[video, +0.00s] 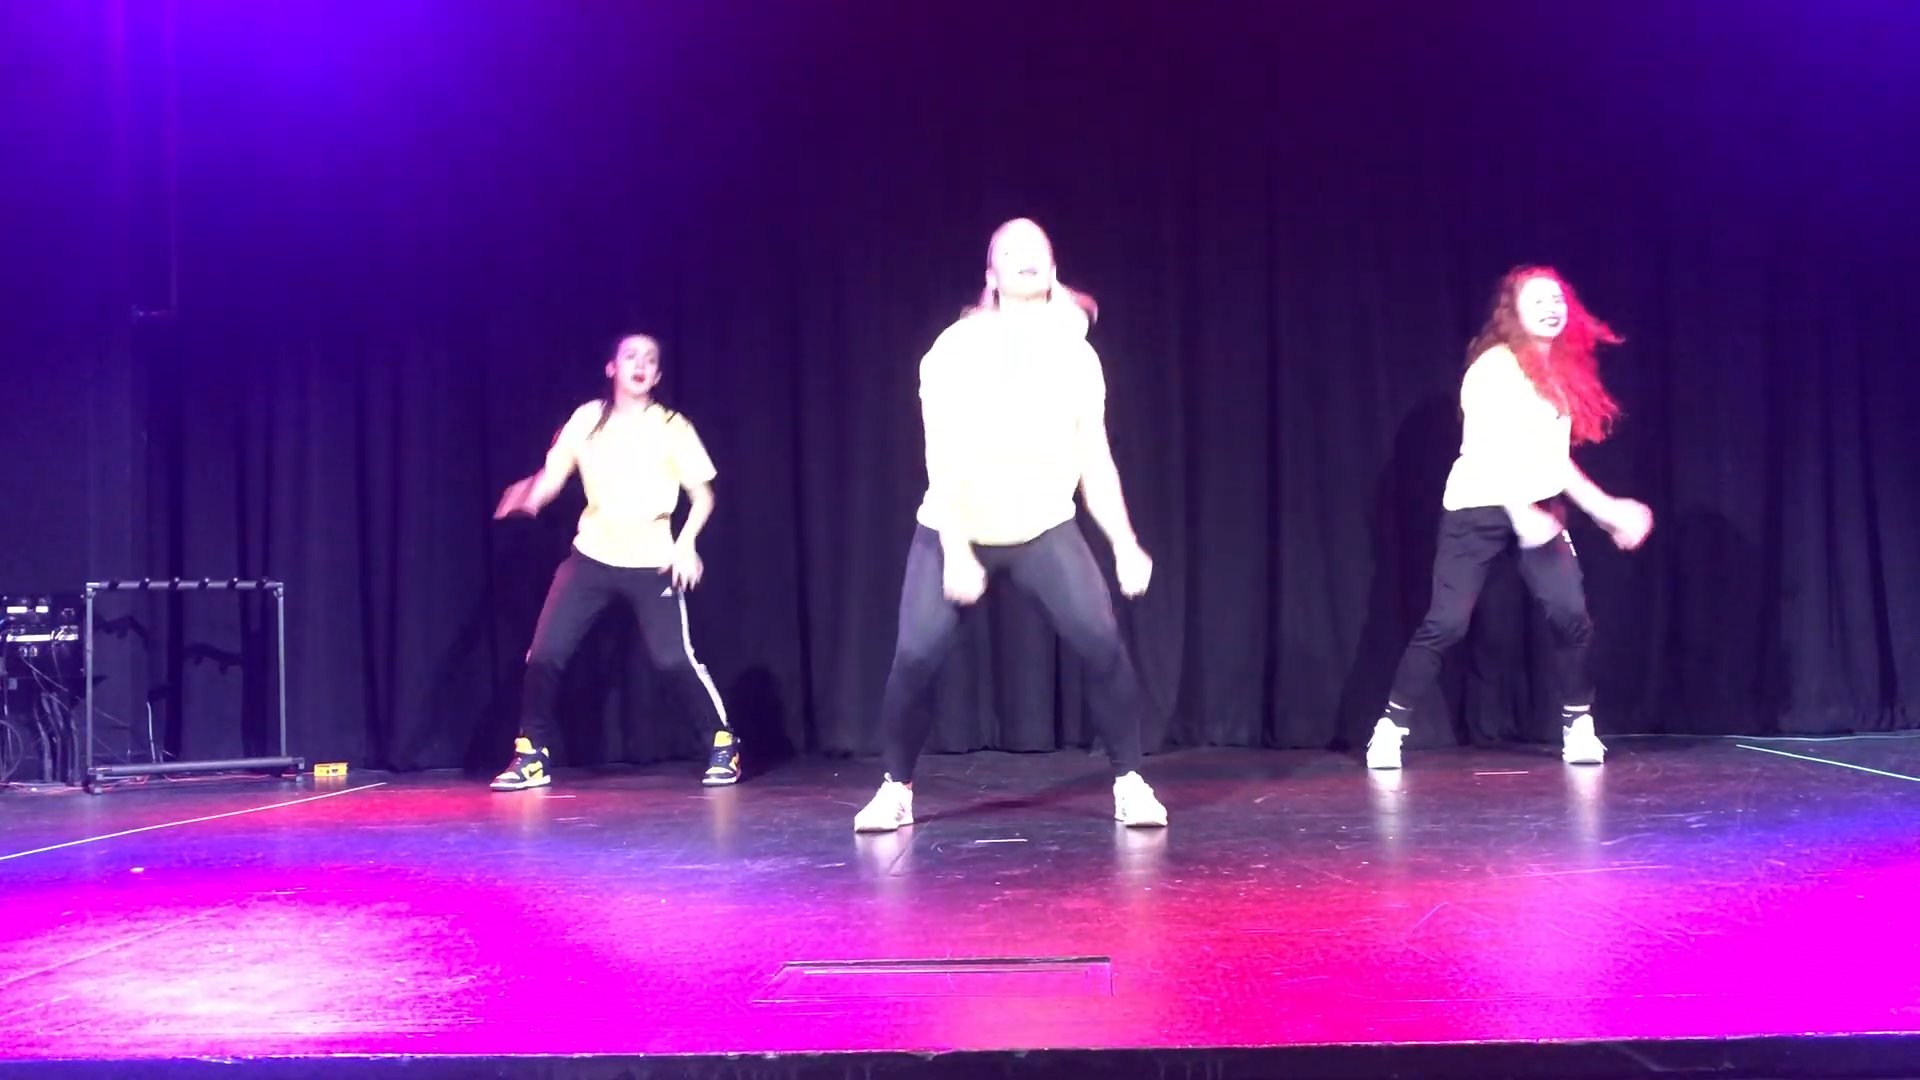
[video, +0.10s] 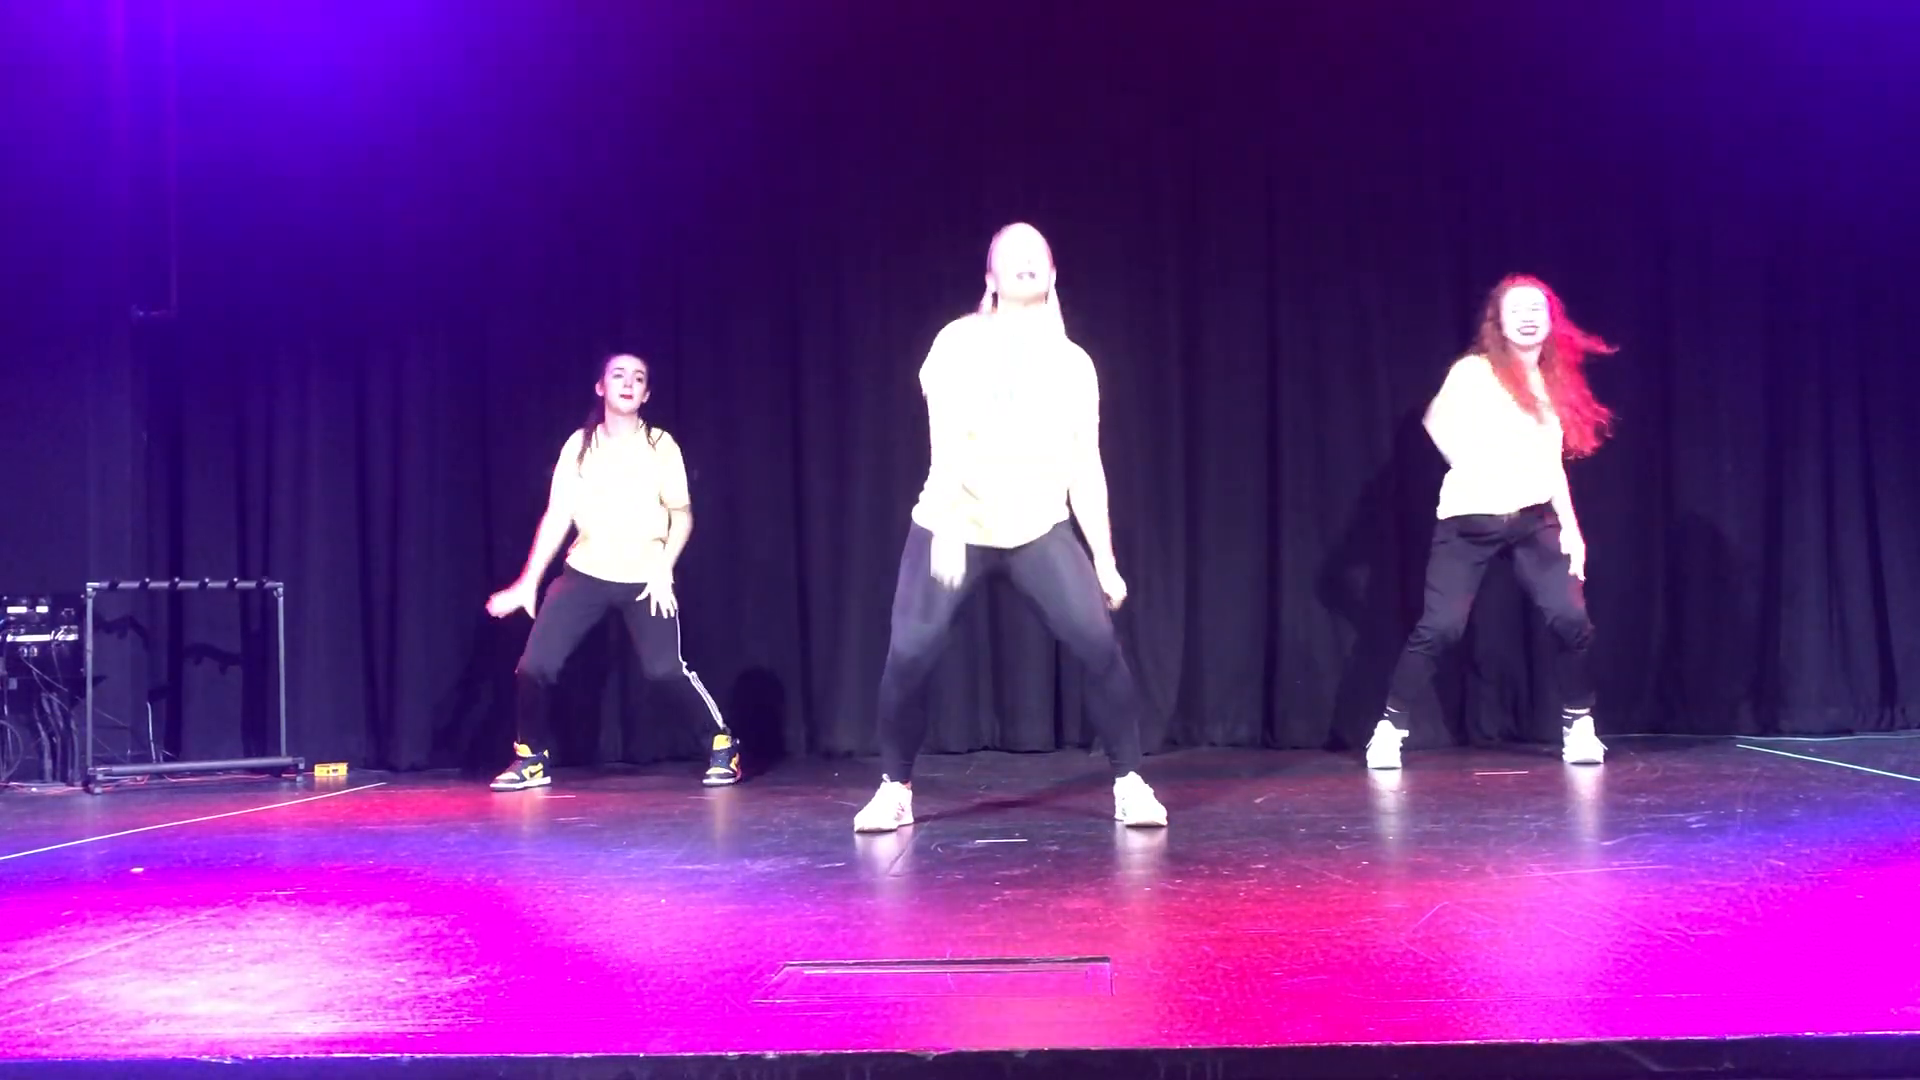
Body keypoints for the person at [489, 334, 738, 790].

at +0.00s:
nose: (640, 367)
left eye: (649, 360)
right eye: (631, 358)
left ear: (659, 373)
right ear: (612, 368)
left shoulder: (673, 429)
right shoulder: (587, 420)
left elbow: (703, 496)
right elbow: (551, 477)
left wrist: (686, 542)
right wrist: (528, 499)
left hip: (652, 560)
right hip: (591, 557)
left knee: (674, 658)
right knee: (544, 654)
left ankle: (723, 745)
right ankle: (532, 757)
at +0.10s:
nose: (629, 385)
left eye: (638, 379)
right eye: (620, 377)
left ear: (647, 392)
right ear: (601, 388)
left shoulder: (661, 446)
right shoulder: (579, 446)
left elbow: (681, 515)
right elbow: (557, 517)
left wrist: (664, 567)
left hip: (646, 577)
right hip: (585, 574)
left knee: (665, 668)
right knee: (535, 666)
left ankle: (722, 745)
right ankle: (531, 760)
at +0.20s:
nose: (631, 370)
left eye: (639, 362)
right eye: (622, 361)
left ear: (650, 372)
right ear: (604, 372)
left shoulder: (666, 432)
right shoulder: (583, 429)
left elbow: (673, 500)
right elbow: (564, 504)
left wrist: (662, 552)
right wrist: (541, 570)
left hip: (647, 567)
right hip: (585, 567)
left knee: (678, 657)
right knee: (549, 664)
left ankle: (724, 745)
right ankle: (532, 758)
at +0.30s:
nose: (626, 338)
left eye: (635, 331)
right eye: (617, 331)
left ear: (650, 345)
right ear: (603, 344)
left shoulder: (665, 405)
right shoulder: (584, 395)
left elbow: (674, 476)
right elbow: (553, 440)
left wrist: (668, 528)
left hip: (650, 537)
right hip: (589, 535)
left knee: (690, 639)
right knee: (555, 642)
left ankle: (714, 749)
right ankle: (533, 751)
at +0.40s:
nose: (618, 333)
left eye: (628, 326)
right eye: (611, 326)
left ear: (645, 340)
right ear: (601, 338)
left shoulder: (664, 400)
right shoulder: (583, 385)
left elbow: (674, 472)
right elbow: (571, 338)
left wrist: (675, 533)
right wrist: (552, 290)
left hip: (652, 535)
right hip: (592, 534)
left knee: (683, 644)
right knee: (564, 645)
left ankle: (715, 747)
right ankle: (546, 750)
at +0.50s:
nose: (619, 342)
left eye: (629, 335)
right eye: (611, 334)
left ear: (645, 346)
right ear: (599, 344)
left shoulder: (664, 406)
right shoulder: (587, 391)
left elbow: (666, 480)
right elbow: (572, 312)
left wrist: (670, 543)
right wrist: (552, 245)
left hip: (649, 539)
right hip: (590, 538)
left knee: (686, 647)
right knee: (567, 650)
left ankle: (717, 747)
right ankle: (553, 755)